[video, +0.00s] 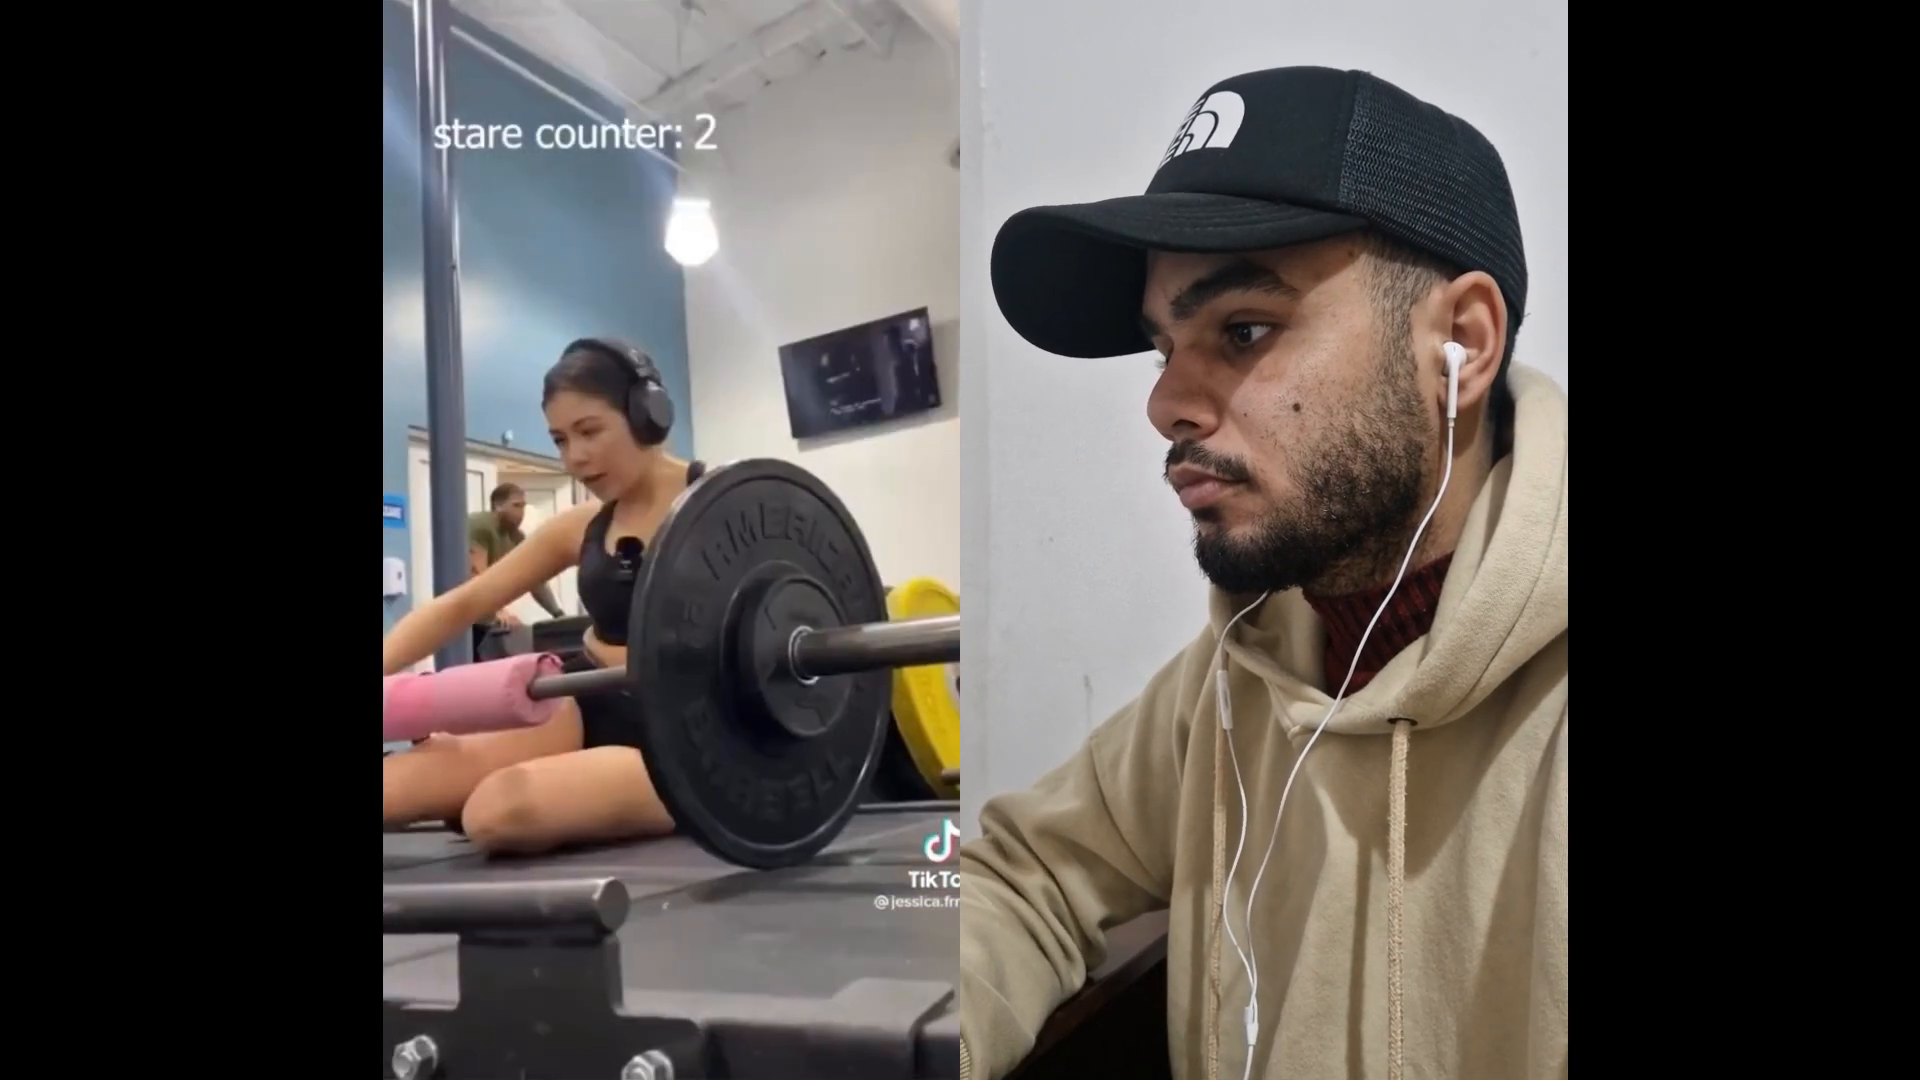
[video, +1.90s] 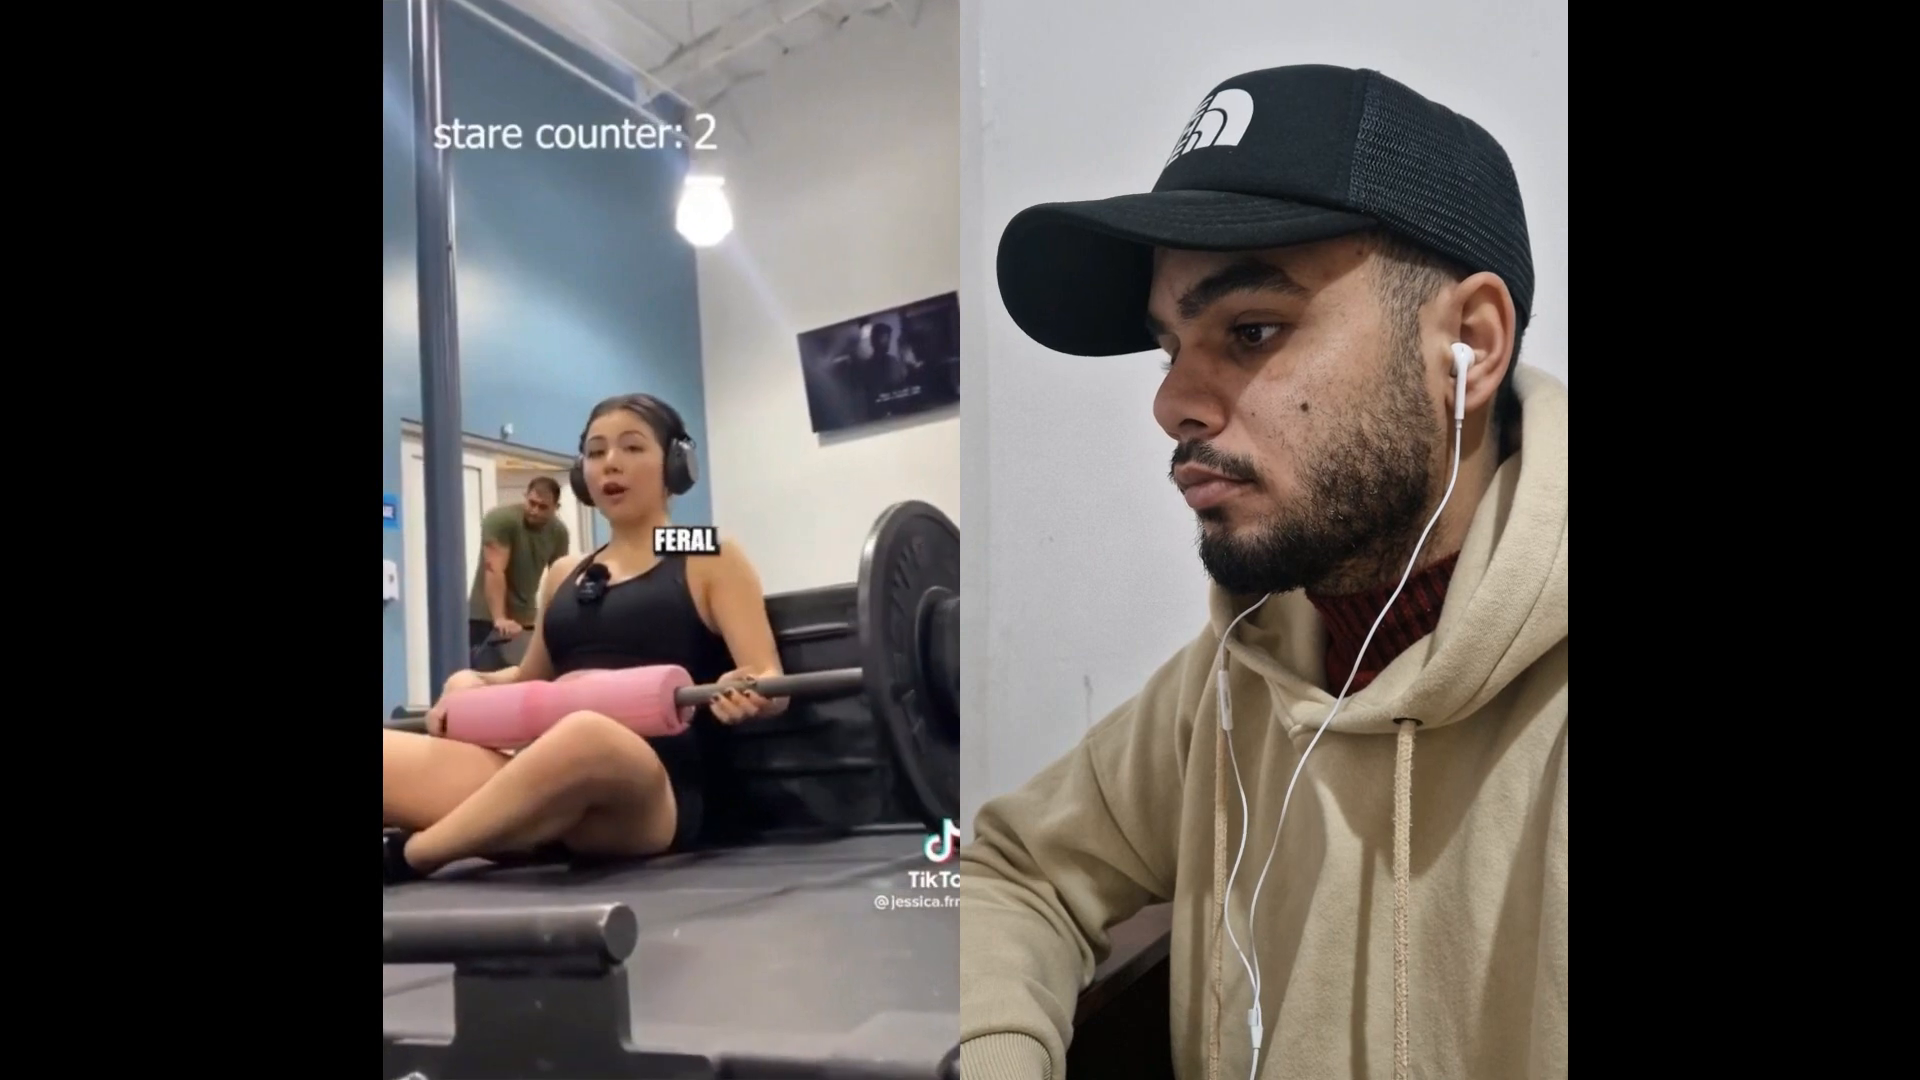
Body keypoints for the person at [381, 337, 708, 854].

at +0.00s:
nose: (575, 458)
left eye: (589, 431)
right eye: (561, 441)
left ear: (646, 414)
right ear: (553, 443)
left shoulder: (720, 503)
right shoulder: (580, 527)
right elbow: (462, 606)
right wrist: (384, 667)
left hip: (691, 743)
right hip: (596, 714)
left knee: (503, 809)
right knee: (439, 765)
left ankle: (456, 771)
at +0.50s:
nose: (573, 435)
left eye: (589, 410)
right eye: (564, 422)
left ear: (647, 407)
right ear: (560, 432)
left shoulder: (719, 506)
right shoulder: (583, 532)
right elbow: (469, 614)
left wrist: (641, 702)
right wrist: (383, 659)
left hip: (693, 743)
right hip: (592, 721)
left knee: (562, 799)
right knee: (397, 770)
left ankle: (452, 832)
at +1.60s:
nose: (596, 467)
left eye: (617, 448)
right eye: (583, 454)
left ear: (660, 461)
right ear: (571, 472)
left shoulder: (698, 554)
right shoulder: (558, 575)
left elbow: (746, 672)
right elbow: (503, 672)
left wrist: (719, 693)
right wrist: (423, 703)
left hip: (651, 789)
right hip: (536, 773)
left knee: (593, 738)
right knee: (390, 771)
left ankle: (406, 858)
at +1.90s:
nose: (611, 463)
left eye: (633, 447)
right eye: (597, 451)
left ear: (672, 464)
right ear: (583, 472)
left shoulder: (709, 556)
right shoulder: (563, 574)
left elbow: (770, 678)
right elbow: (529, 679)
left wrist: (745, 697)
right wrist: (473, 682)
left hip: (657, 794)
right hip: (535, 776)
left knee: (586, 738)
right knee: (384, 750)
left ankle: (408, 858)